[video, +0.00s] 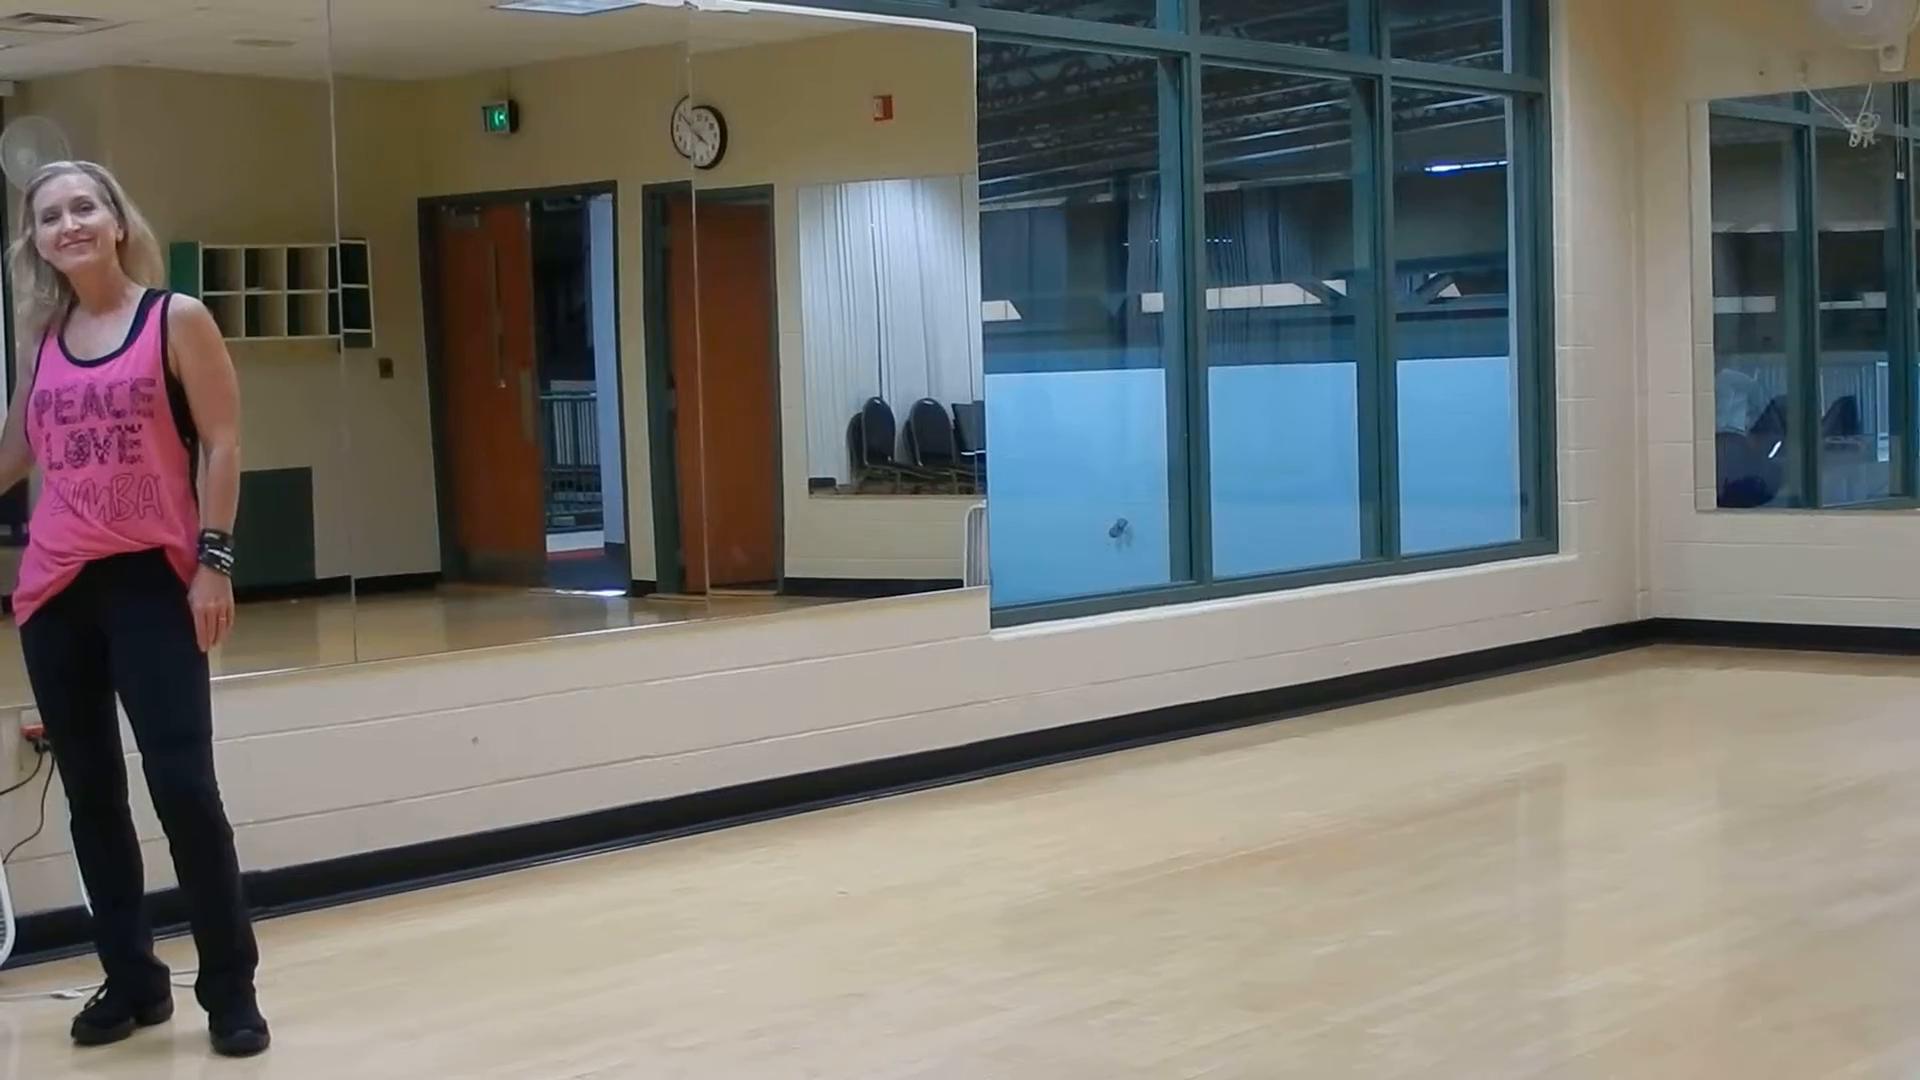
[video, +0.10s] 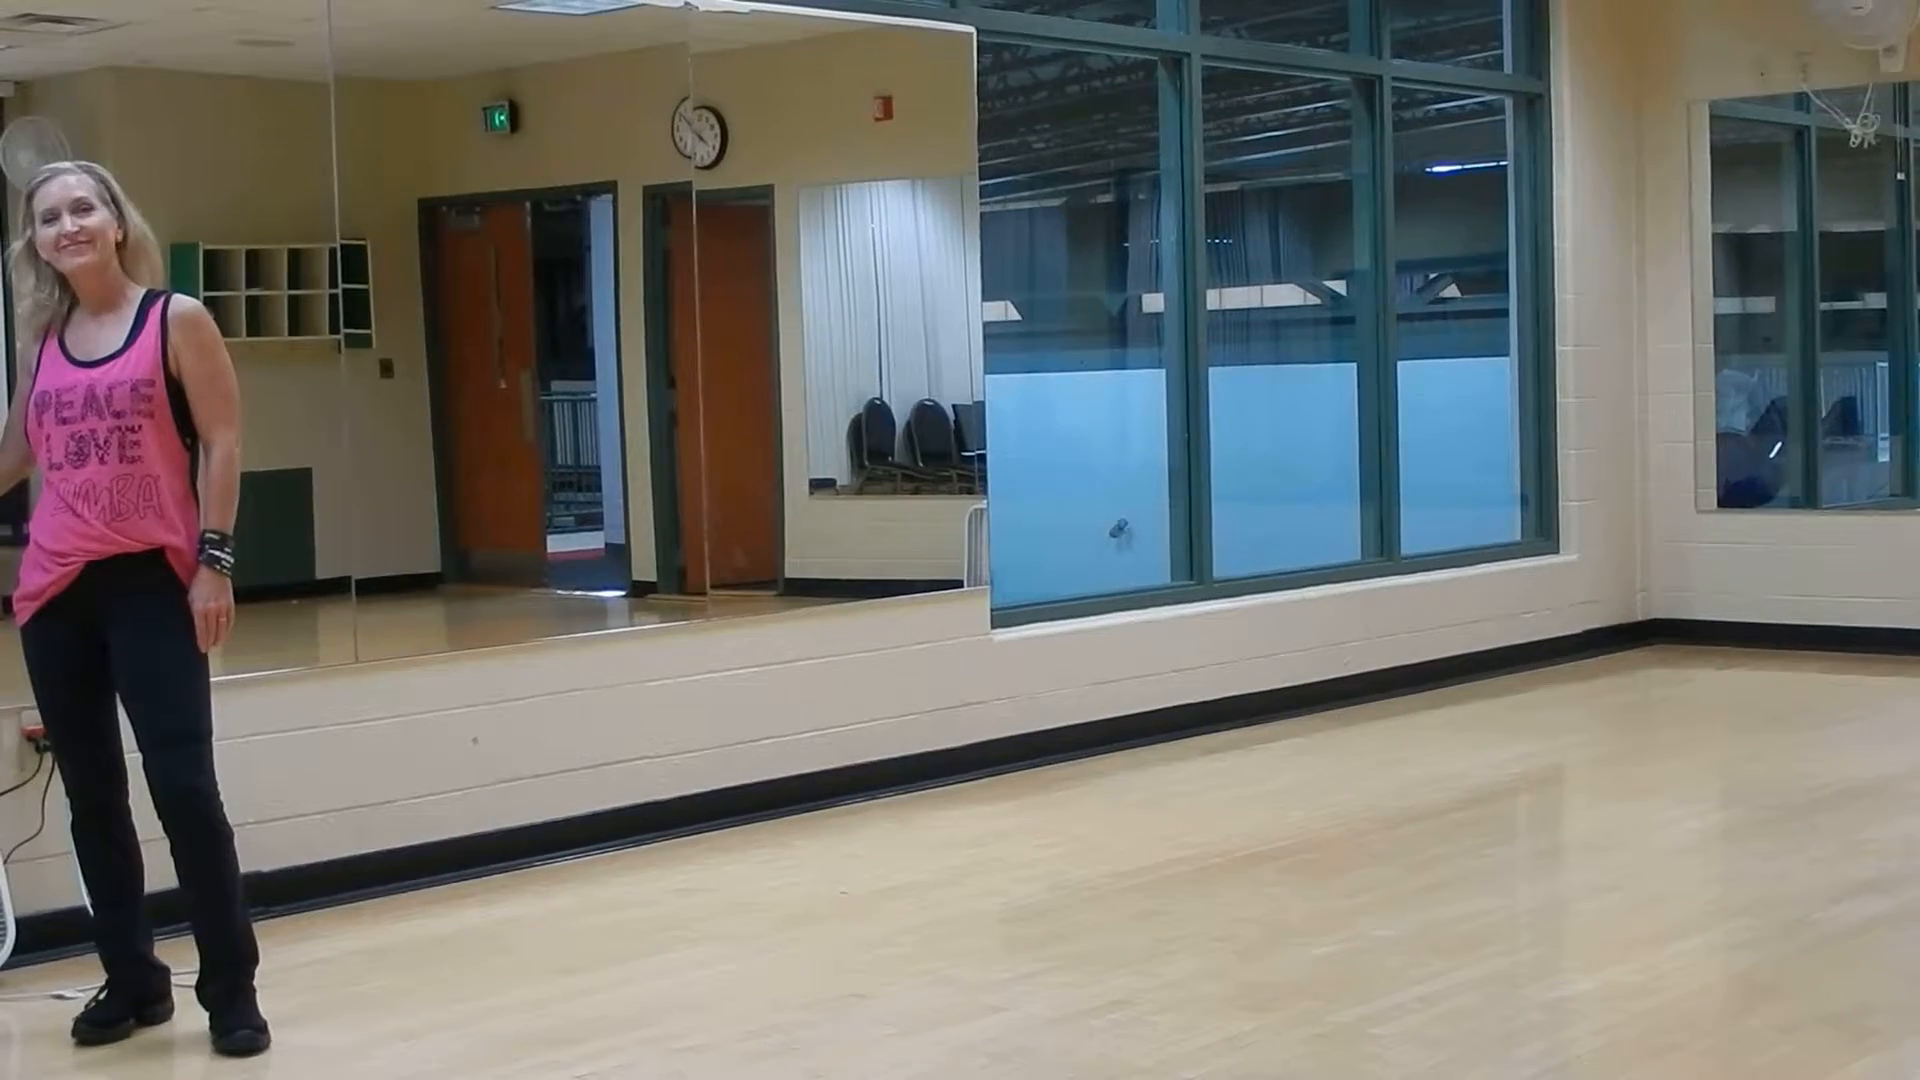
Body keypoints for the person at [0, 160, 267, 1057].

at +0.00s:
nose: (70, 224)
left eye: (84, 207)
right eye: (52, 216)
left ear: (120, 222)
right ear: (37, 242)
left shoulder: (177, 318)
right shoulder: (42, 341)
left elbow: (222, 443)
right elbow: (15, 458)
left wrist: (216, 562)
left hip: (153, 580)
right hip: (53, 585)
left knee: (182, 789)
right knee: (93, 797)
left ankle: (231, 991)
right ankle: (133, 980)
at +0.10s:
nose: (69, 225)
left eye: (83, 208)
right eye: (51, 218)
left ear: (119, 221)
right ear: (38, 244)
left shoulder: (177, 319)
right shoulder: (43, 343)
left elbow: (222, 442)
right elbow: (16, 457)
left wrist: (216, 563)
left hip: (154, 581)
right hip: (54, 587)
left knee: (183, 791)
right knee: (94, 801)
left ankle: (232, 994)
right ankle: (134, 981)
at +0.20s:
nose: (69, 226)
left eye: (83, 208)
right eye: (51, 218)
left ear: (120, 221)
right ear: (39, 244)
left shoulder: (178, 319)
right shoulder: (45, 343)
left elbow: (224, 442)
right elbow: (15, 457)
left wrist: (217, 562)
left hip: (155, 581)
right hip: (55, 587)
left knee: (184, 790)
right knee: (95, 800)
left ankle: (233, 993)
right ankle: (135, 980)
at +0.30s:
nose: (69, 226)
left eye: (83, 209)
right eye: (51, 219)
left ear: (121, 221)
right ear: (39, 244)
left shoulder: (179, 319)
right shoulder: (46, 341)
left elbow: (225, 441)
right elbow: (17, 455)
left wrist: (218, 562)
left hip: (156, 581)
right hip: (56, 587)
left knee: (185, 790)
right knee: (96, 800)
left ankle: (234, 993)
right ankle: (136, 980)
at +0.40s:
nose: (65, 229)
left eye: (80, 211)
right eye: (49, 221)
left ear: (121, 222)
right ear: (39, 244)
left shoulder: (181, 320)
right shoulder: (47, 341)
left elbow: (225, 442)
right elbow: (18, 457)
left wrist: (219, 562)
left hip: (156, 581)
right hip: (57, 587)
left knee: (186, 791)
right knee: (97, 800)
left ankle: (234, 992)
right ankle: (137, 980)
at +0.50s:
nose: (52, 237)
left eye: (67, 218)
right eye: (40, 229)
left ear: (117, 222)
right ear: (39, 247)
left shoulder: (182, 321)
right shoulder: (49, 341)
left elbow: (226, 443)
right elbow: (21, 456)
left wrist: (220, 564)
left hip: (157, 582)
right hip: (57, 588)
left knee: (187, 791)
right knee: (98, 801)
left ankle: (236, 994)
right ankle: (138, 980)